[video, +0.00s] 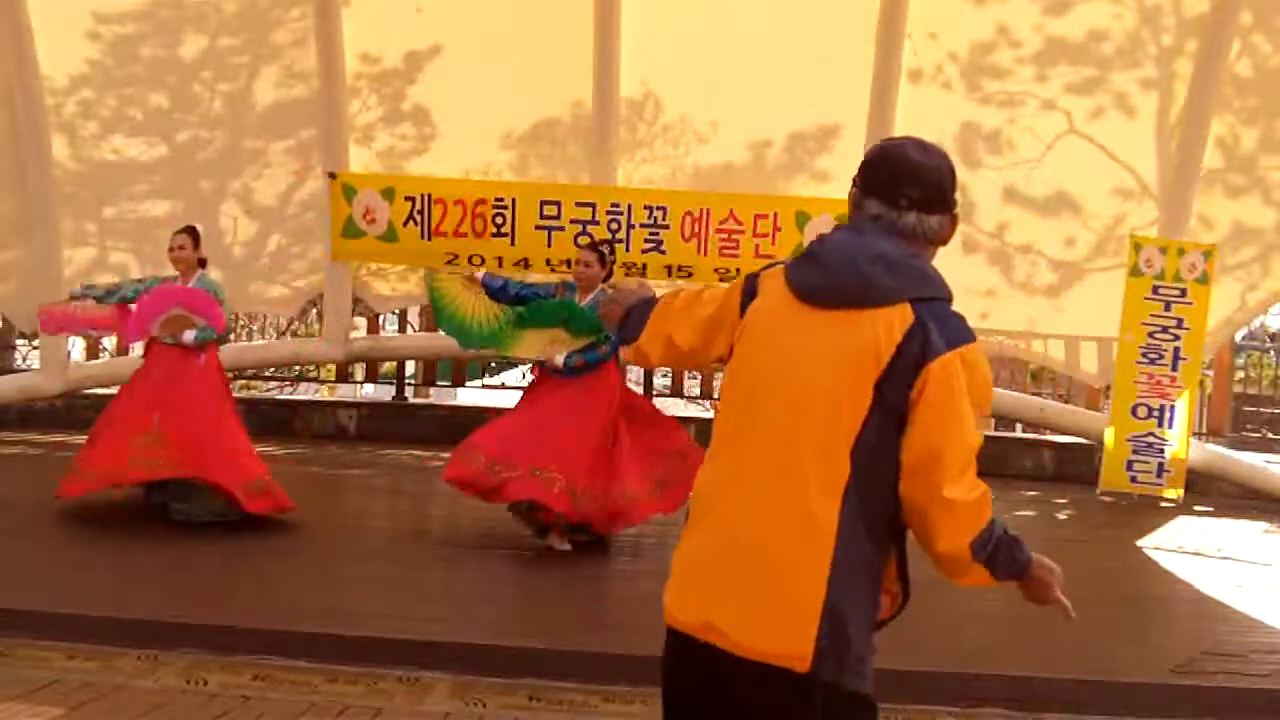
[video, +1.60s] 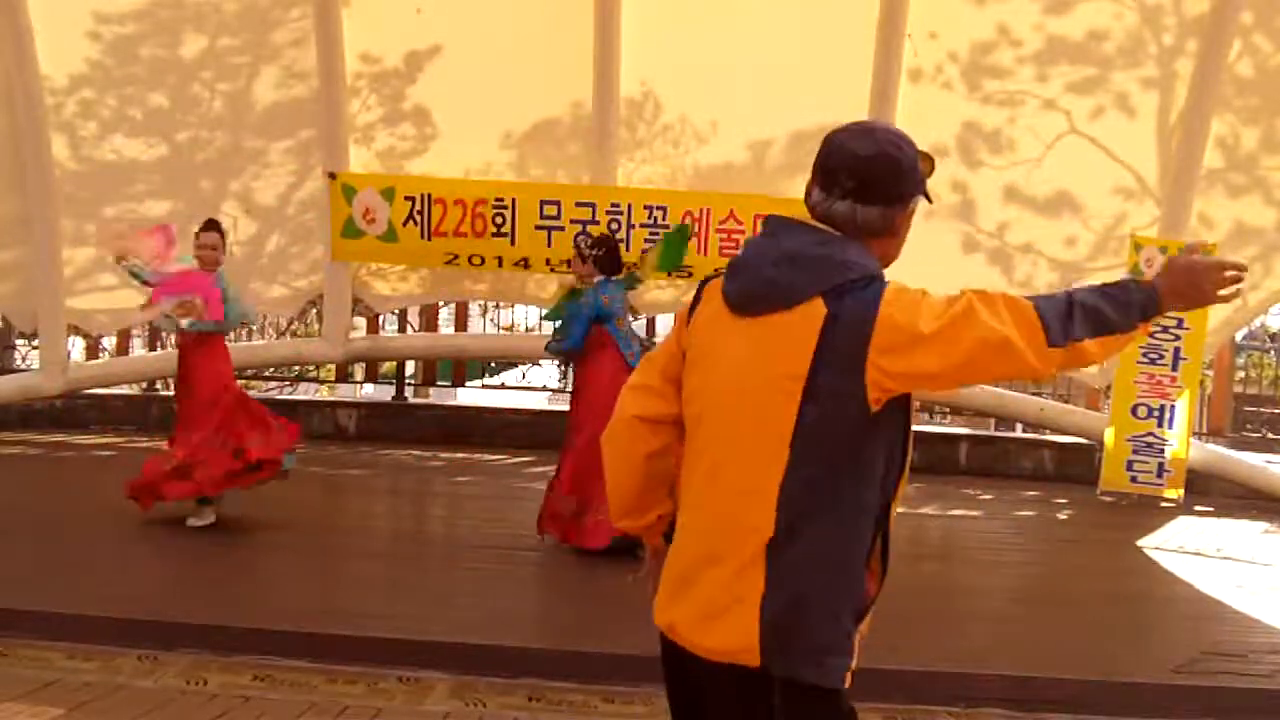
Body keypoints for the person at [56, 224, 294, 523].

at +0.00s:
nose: (175, 254)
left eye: (182, 248)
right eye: (172, 248)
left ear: (197, 253)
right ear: (169, 253)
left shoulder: (210, 289)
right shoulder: (161, 285)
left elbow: (221, 329)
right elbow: (123, 292)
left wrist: (187, 335)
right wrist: (85, 293)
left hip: (195, 365)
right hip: (161, 363)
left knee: (195, 425)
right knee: (158, 424)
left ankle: (197, 494)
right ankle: (161, 490)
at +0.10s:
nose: (175, 251)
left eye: (182, 246)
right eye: (172, 247)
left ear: (199, 251)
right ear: (169, 252)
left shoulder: (209, 286)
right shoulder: (162, 285)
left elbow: (229, 313)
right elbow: (125, 276)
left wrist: (206, 327)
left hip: (199, 361)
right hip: (163, 358)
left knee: (196, 423)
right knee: (160, 422)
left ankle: (194, 495)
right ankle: (162, 492)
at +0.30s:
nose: (177, 248)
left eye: (184, 243)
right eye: (174, 244)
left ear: (201, 248)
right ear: (172, 249)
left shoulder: (209, 279)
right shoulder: (168, 277)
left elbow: (233, 304)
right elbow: (141, 257)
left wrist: (205, 318)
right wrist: (117, 228)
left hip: (198, 359)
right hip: (165, 357)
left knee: (199, 425)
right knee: (167, 424)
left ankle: (202, 500)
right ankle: (173, 499)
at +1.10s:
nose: (220, 251)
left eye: (219, 245)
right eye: (216, 245)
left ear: (201, 248)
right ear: (201, 248)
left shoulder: (211, 285)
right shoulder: (188, 280)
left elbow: (231, 320)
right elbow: (158, 273)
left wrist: (235, 312)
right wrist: (134, 257)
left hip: (209, 363)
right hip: (190, 363)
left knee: (213, 430)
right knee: (190, 432)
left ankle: (205, 501)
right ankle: (172, 506)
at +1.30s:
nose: (174, 247)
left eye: (177, 241)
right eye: (175, 241)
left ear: (186, 246)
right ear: (203, 247)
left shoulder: (167, 286)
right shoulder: (214, 280)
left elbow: (154, 329)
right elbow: (259, 282)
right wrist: (300, 272)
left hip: (179, 367)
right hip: (212, 364)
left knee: (185, 427)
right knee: (224, 425)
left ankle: (189, 500)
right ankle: (239, 497)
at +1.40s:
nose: (172, 253)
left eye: (174, 247)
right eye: (173, 247)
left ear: (184, 248)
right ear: (203, 248)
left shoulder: (173, 286)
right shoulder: (224, 279)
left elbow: (147, 321)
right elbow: (270, 276)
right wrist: (305, 255)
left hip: (187, 368)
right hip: (221, 366)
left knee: (189, 428)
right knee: (228, 423)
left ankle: (196, 493)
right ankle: (228, 486)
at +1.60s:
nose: (207, 253)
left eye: (213, 248)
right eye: (202, 247)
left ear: (223, 253)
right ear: (194, 250)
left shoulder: (222, 285)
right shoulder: (186, 280)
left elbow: (235, 320)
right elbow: (154, 281)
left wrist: (198, 321)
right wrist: (129, 264)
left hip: (213, 356)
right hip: (189, 355)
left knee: (206, 422)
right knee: (193, 422)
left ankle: (207, 502)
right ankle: (201, 496)